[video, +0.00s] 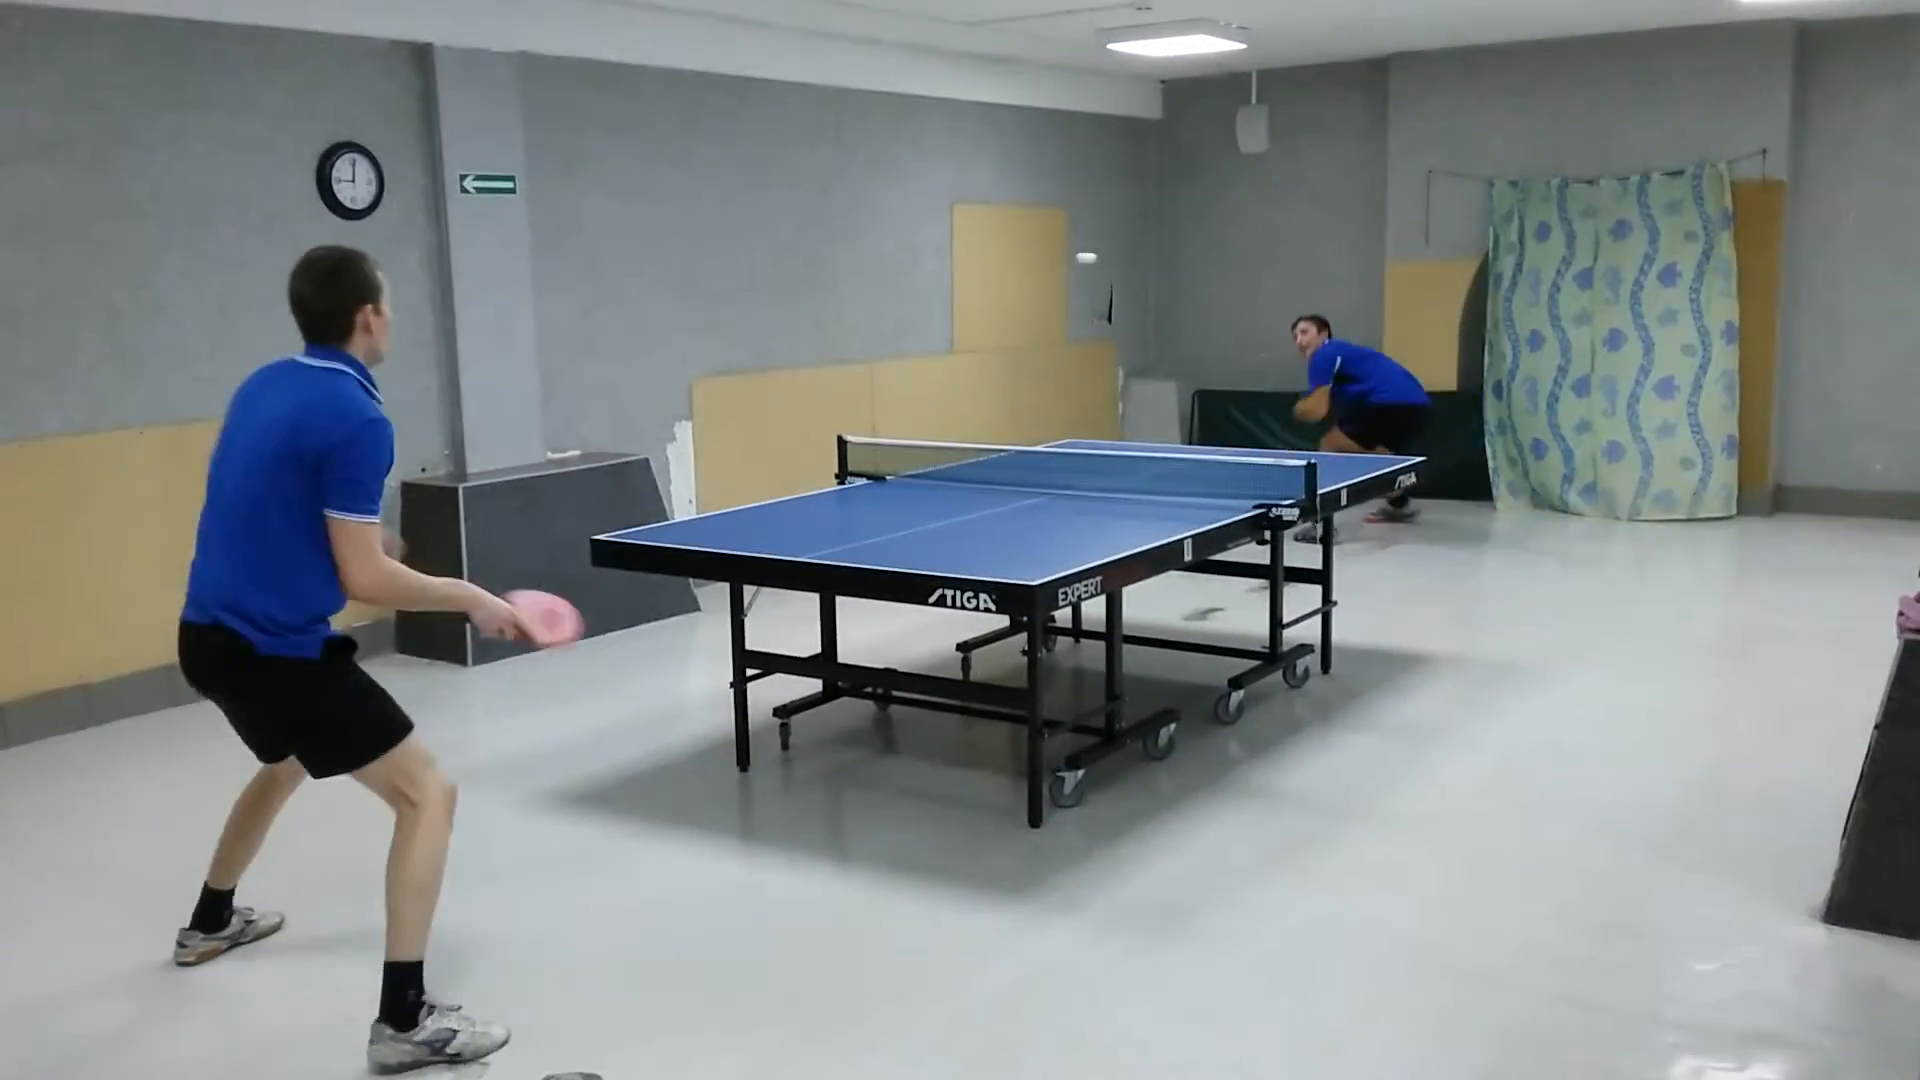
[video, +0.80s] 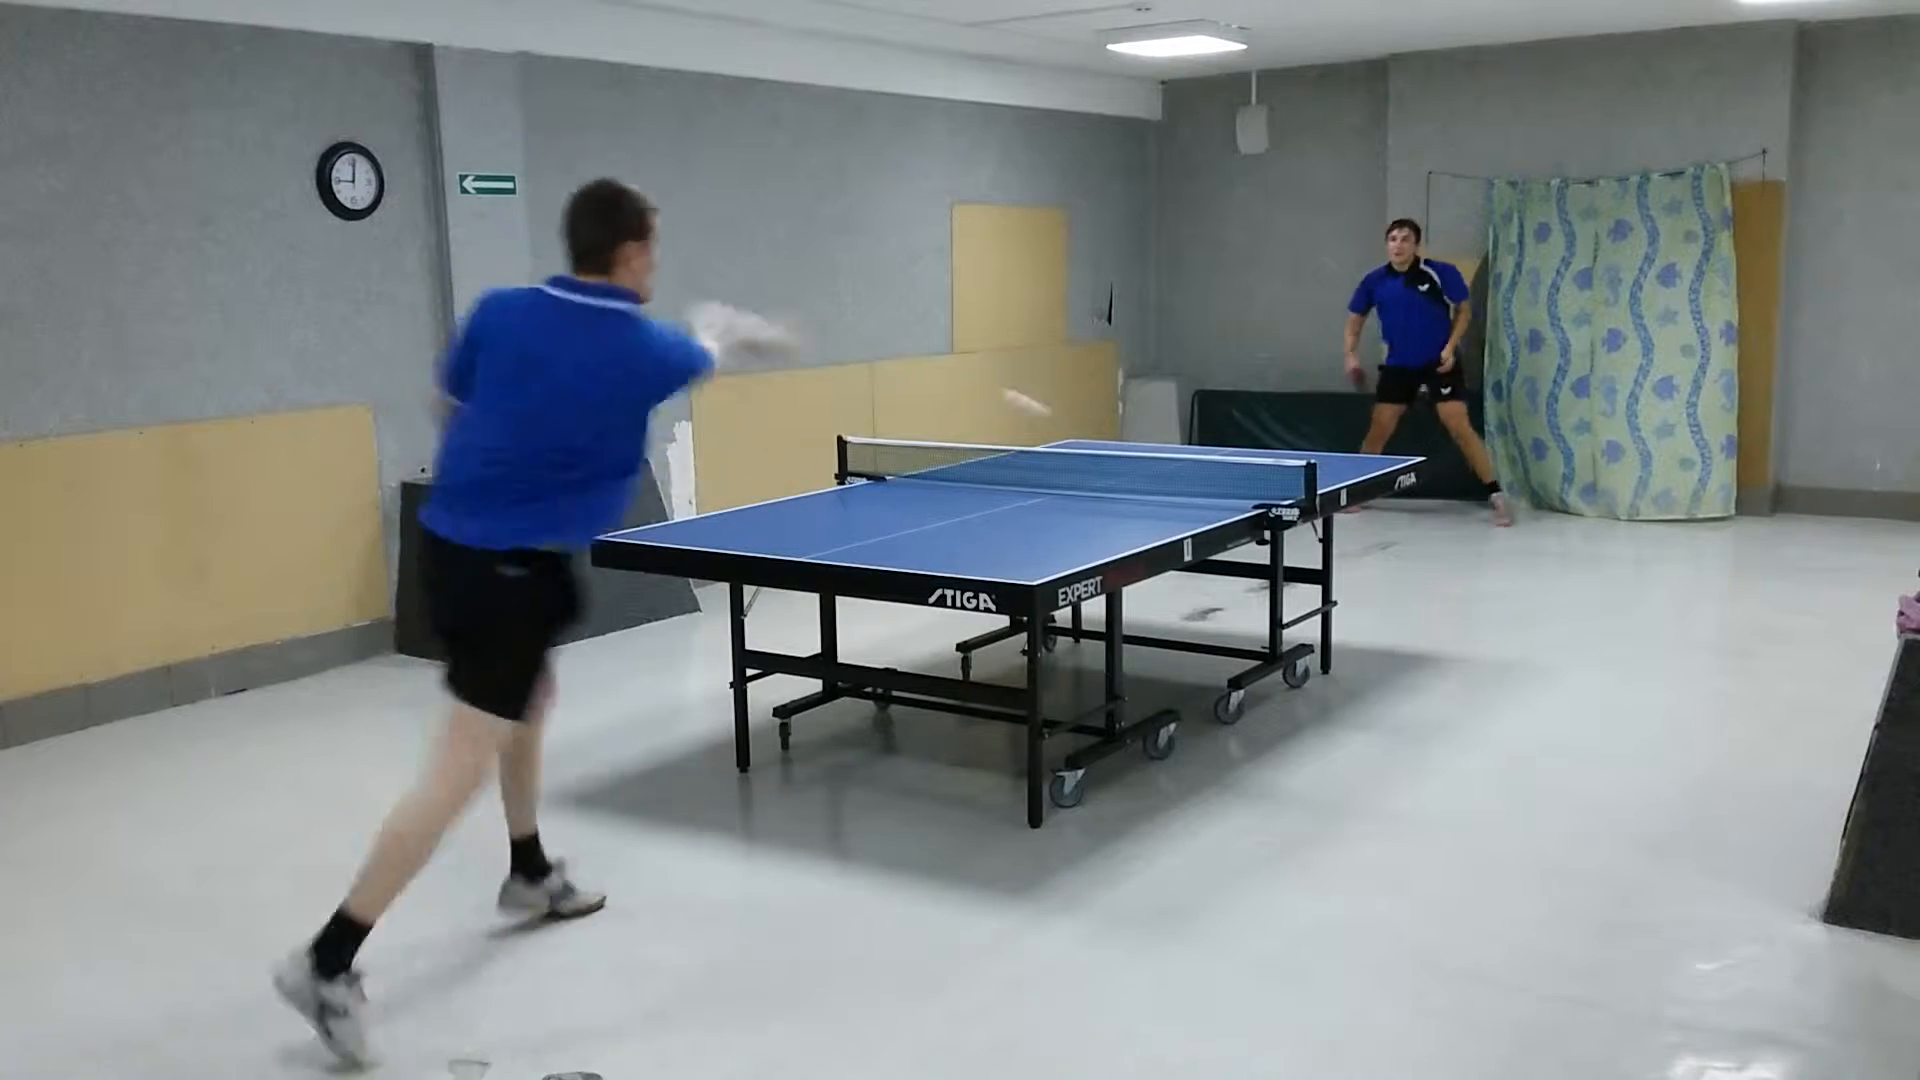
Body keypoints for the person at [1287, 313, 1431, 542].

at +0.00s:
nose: (1299, 340)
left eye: (1304, 332)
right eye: (1296, 336)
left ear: (1324, 333)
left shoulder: (1324, 353)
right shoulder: (1347, 350)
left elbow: (1317, 410)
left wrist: (1299, 409)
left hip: (1387, 406)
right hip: (1417, 405)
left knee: (1329, 448)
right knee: (1376, 451)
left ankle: (1321, 523)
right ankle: (1398, 503)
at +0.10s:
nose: (1307, 318)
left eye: (1313, 311)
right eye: (1304, 314)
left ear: (1330, 312)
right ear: (1303, 320)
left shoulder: (1335, 339)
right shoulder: (1348, 332)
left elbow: (1349, 391)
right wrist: (1339, 386)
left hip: (1395, 401)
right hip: (1416, 399)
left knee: (1336, 447)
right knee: (1376, 444)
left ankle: (1323, 522)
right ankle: (1404, 499)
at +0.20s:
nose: (1322, 296)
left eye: (1328, 289)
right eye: (1318, 292)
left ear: (1343, 292)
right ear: (1316, 297)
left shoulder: (1357, 316)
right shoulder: (1346, 323)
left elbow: (1384, 360)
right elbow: (1377, 360)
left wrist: (1359, 380)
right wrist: (1362, 380)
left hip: (1415, 383)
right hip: (1402, 384)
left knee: (1367, 443)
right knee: (1377, 444)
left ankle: (1348, 518)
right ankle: (1403, 498)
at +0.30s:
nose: (1342, 271)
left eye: (1348, 265)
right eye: (1336, 266)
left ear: (1362, 268)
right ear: (1333, 272)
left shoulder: (1376, 292)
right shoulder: (1350, 307)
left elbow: (1412, 331)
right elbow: (1382, 342)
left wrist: (1378, 365)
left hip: (1423, 370)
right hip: (1398, 372)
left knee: (1383, 429)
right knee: (1375, 437)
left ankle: (1404, 504)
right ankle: (1399, 498)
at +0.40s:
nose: (1362, 257)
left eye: (1370, 251)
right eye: (1357, 251)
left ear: (1383, 256)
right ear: (1353, 258)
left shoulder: (1398, 281)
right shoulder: (1361, 294)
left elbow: (1434, 321)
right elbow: (1372, 334)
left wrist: (1399, 356)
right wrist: (1359, 372)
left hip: (1428, 365)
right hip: (1397, 366)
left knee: (1410, 436)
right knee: (1374, 433)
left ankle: (1454, 502)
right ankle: (1392, 491)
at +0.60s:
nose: (1391, 258)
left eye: (1399, 253)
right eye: (1387, 252)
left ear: (1410, 259)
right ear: (1380, 258)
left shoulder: (1430, 291)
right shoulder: (1370, 297)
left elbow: (1463, 330)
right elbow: (1355, 337)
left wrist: (1444, 363)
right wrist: (1330, 371)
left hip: (1430, 380)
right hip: (1391, 383)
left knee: (1433, 439)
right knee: (1378, 445)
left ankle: (1473, 506)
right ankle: (1375, 498)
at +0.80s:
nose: (1398, 245)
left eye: (1405, 240)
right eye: (1393, 240)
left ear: (1417, 245)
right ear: (1386, 245)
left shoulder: (1442, 274)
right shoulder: (1375, 281)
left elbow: (1464, 310)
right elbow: (1355, 319)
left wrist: (1451, 346)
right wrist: (1350, 353)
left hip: (1440, 365)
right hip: (1398, 367)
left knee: (1459, 427)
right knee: (1379, 429)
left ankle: (1496, 495)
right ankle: (1355, 494)